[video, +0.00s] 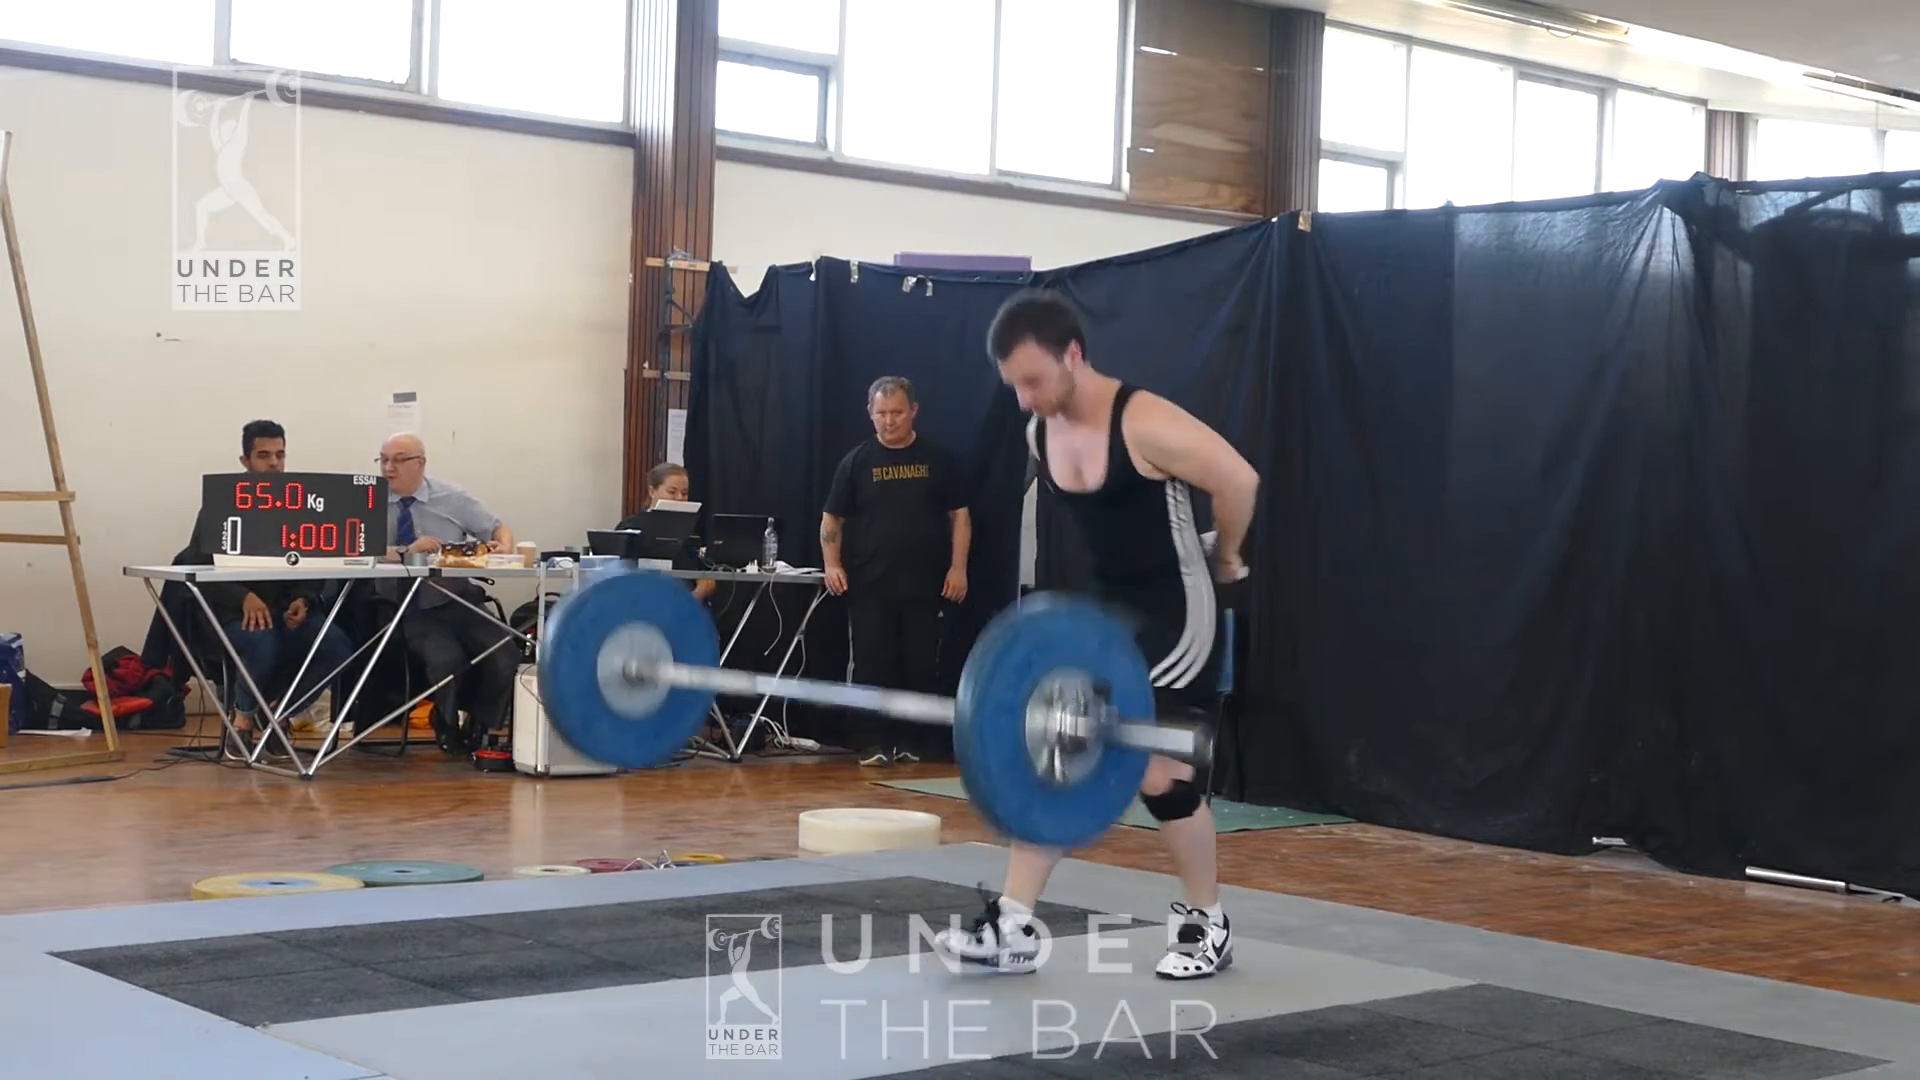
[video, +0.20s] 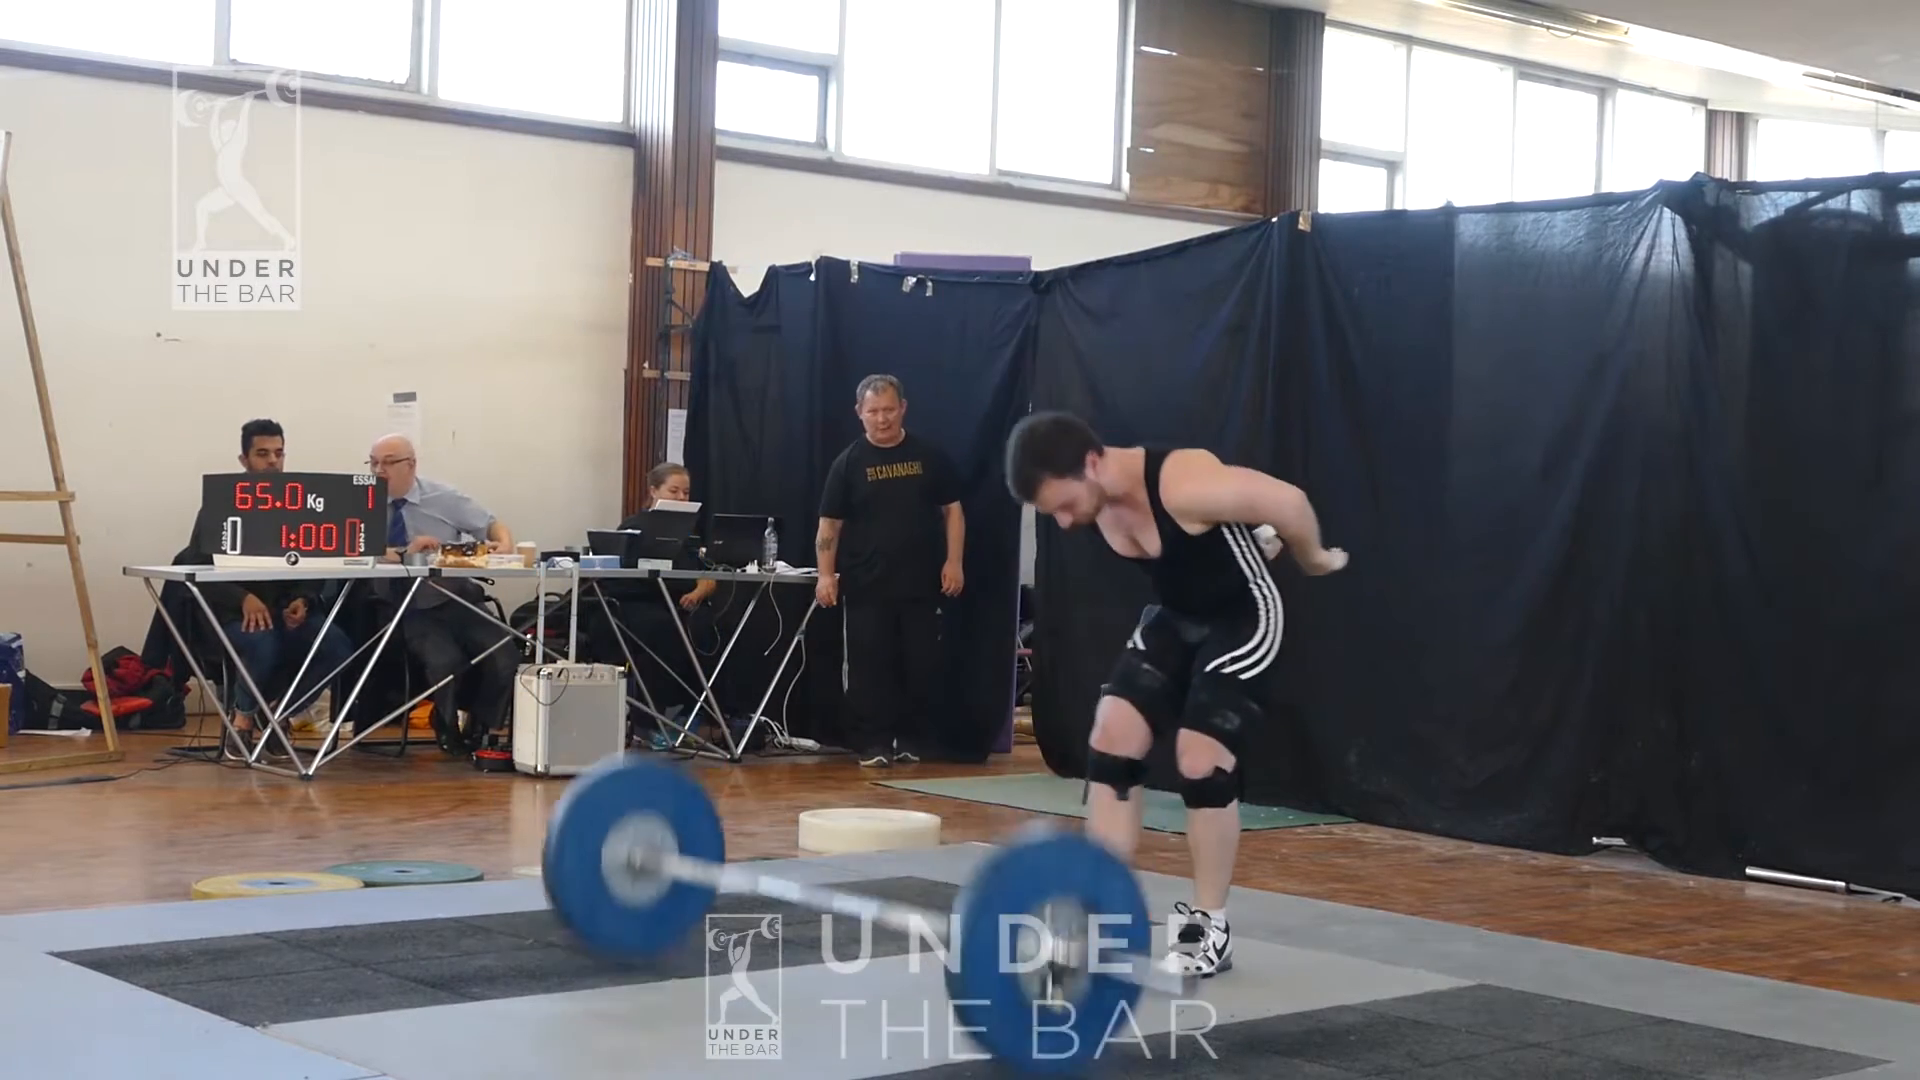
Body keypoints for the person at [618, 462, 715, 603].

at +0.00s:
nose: (679, 499)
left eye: (684, 494)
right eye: (672, 492)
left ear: (688, 495)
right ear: (652, 491)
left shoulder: (690, 529)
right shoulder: (631, 526)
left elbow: (708, 579)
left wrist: (691, 600)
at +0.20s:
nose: (682, 498)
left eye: (685, 492)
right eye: (674, 491)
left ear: (689, 494)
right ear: (653, 491)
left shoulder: (688, 531)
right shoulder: (632, 526)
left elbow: (710, 576)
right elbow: (615, 574)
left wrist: (697, 593)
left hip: (675, 606)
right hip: (635, 605)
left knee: (703, 628)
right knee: (660, 633)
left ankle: (688, 714)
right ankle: (648, 722)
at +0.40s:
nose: (705, 500)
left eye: (711, 496)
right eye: (699, 492)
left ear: (716, 502)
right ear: (679, 493)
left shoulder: (712, 535)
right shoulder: (649, 524)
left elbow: (718, 578)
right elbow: (619, 560)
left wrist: (702, 597)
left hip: (683, 607)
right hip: (643, 602)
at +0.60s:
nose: (705, 499)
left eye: (711, 495)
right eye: (698, 492)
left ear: (715, 502)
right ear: (679, 493)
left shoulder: (710, 533)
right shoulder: (647, 523)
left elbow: (716, 578)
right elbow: (620, 569)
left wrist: (702, 596)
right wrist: (645, 576)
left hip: (680, 606)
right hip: (641, 601)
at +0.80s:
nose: (705, 499)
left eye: (711, 495)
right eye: (698, 492)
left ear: (715, 502)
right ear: (679, 493)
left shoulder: (710, 533)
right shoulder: (647, 523)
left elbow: (717, 578)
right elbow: (618, 566)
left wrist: (702, 597)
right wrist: (637, 578)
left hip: (681, 606)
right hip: (640, 601)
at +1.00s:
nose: (705, 499)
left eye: (710, 495)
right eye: (698, 492)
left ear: (715, 501)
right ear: (679, 493)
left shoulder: (710, 533)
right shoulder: (647, 523)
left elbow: (717, 578)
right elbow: (617, 566)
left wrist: (702, 597)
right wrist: (636, 578)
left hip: (681, 606)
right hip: (639, 601)